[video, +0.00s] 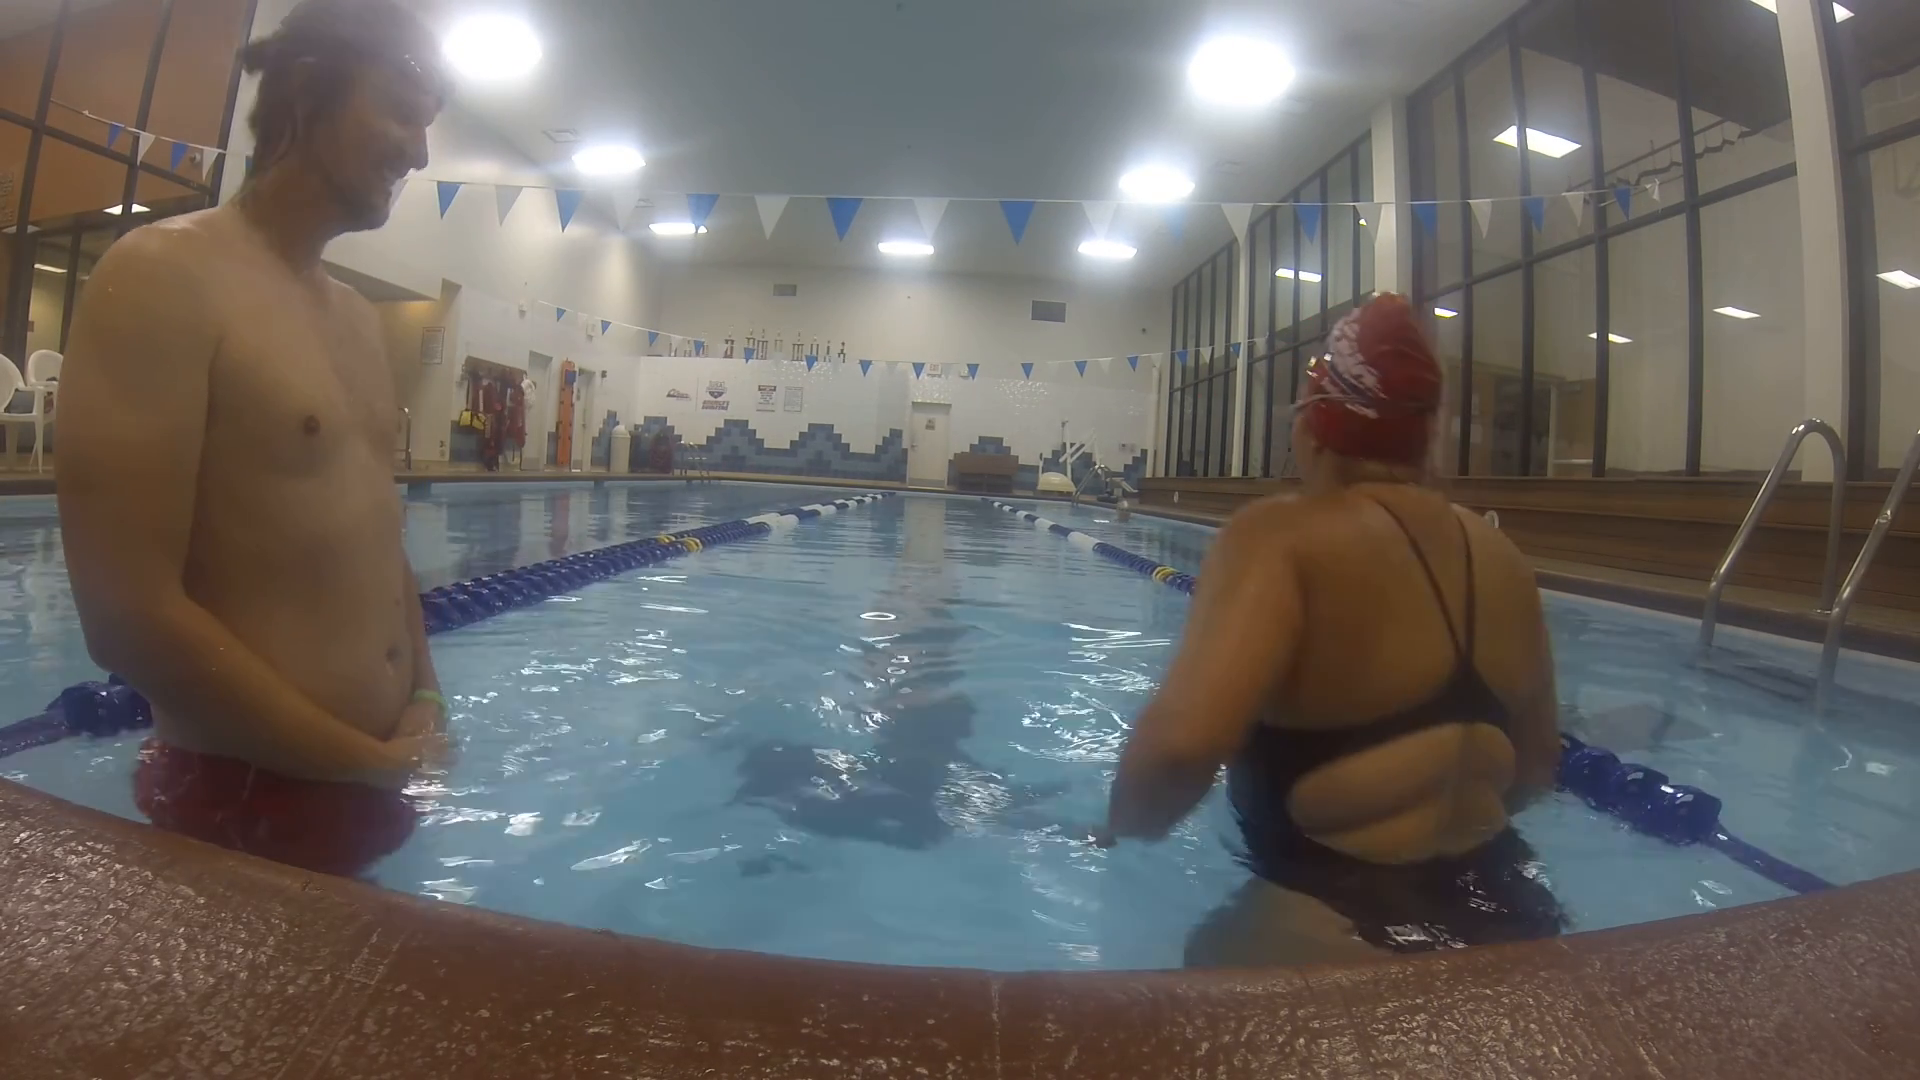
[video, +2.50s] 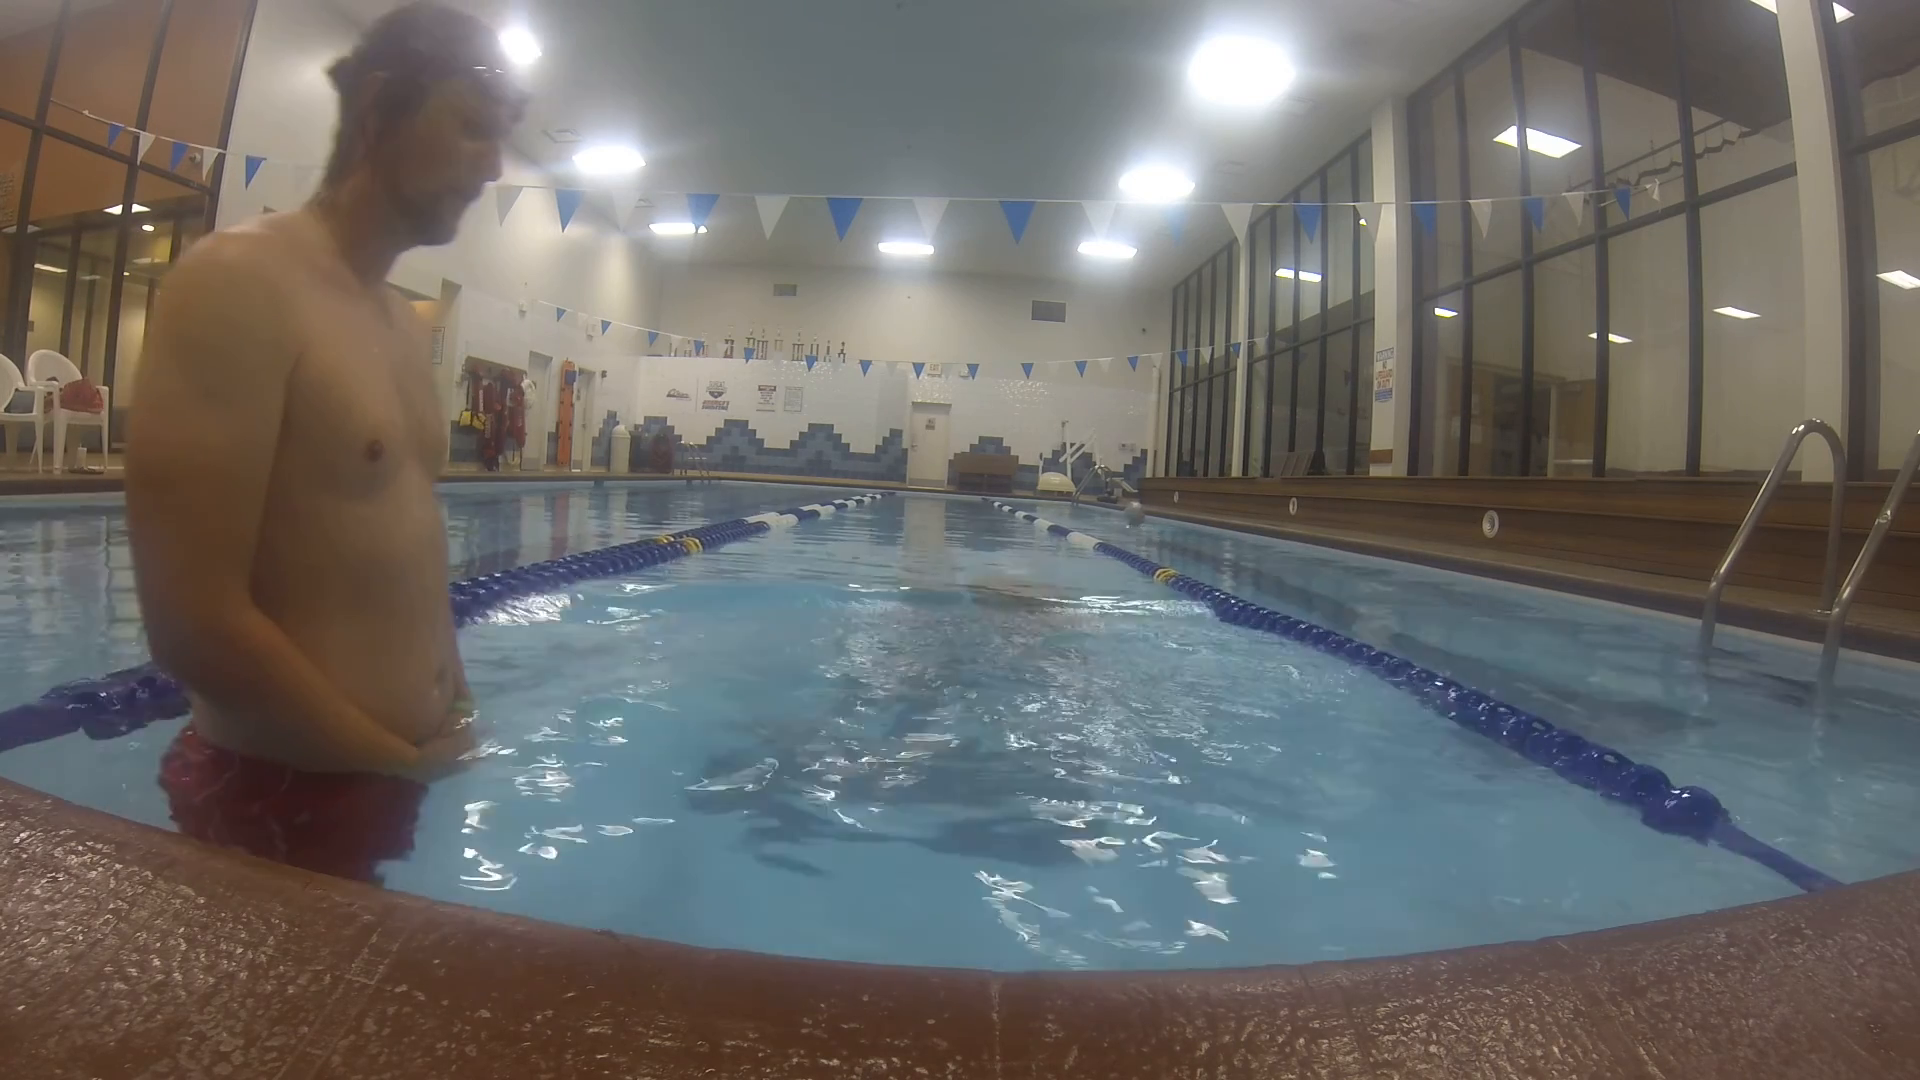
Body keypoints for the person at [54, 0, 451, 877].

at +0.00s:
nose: (422, 150)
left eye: (426, 126)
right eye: (402, 112)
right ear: (306, 96)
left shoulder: (361, 316)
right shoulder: (162, 273)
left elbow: (377, 540)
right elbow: (126, 615)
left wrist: (423, 699)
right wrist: (376, 764)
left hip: (364, 781)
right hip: (236, 797)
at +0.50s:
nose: (402, 165)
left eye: (406, 133)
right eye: (400, 125)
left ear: (336, 110)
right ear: (332, 100)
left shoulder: (313, 299)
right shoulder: (160, 272)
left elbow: (341, 544)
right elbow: (148, 623)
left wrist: (408, 694)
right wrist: (377, 757)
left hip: (344, 786)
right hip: (245, 801)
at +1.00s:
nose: (405, 163)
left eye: (409, 132)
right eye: (398, 123)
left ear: (328, 103)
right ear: (318, 92)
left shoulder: (314, 305)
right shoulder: (149, 274)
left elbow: (337, 548)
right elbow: (127, 625)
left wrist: (405, 703)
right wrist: (373, 763)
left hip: (340, 788)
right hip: (230, 804)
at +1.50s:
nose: (416, 160)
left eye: (419, 132)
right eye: (403, 121)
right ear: (311, 95)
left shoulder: (329, 308)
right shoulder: (153, 277)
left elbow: (351, 546)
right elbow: (130, 627)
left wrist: (415, 704)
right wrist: (378, 775)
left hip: (355, 798)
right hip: (235, 814)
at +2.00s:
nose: (445, 170)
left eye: (448, 141)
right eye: (434, 131)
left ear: (357, 115)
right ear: (347, 104)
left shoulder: (356, 313)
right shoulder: (178, 276)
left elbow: (370, 551)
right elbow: (149, 627)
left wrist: (432, 708)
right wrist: (392, 772)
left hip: (369, 790)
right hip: (254, 806)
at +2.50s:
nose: (494, 167)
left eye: (500, 142)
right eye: (474, 130)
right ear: (377, 115)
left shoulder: (403, 320)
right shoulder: (235, 282)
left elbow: (400, 554)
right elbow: (192, 622)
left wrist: (450, 707)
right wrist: (400, 764)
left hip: (373, 784)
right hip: (274, 799)